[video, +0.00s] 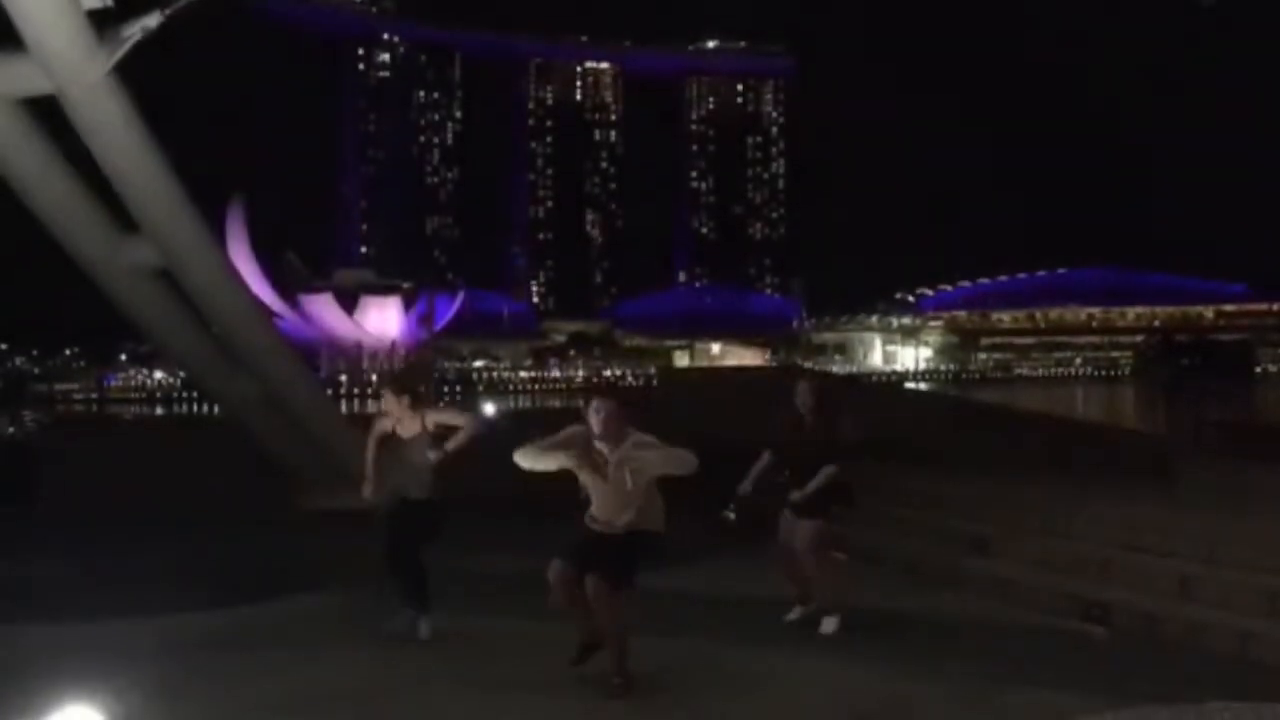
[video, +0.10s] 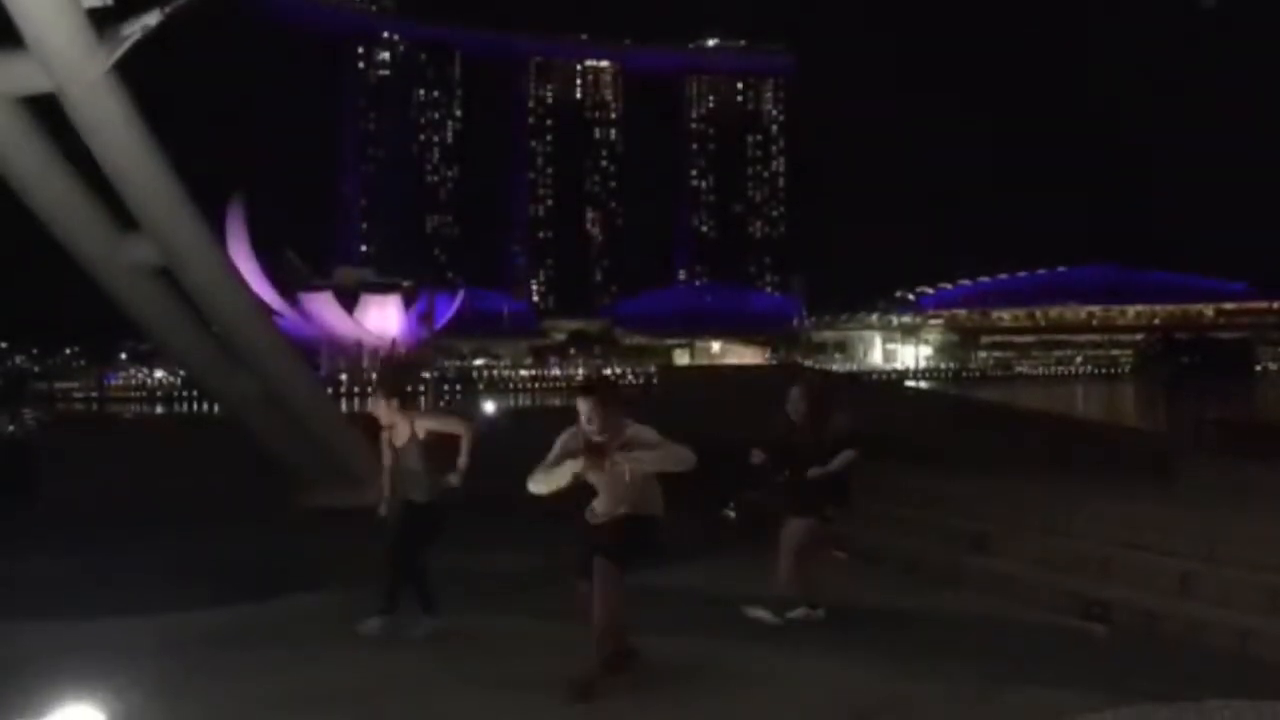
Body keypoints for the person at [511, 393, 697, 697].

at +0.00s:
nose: (601, 419)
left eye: (608, 412)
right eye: (596, 412)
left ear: (621, 416)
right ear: (588, 416)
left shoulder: (638, 445)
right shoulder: (579, 440)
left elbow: (689, 462)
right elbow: (521, 457)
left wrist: (640, 464)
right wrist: (568, 459)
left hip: (636, 530)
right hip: (597, 527)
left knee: (600, 585)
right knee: (560, 573)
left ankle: (620, 669)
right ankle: (590, 633)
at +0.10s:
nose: (587, 423)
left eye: (593, 416)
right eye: (582, 416)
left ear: (611, 412)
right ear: (578, 414)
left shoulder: (635, 435)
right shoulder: (573, 440)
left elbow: (685, 458)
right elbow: (536, 484)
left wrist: (630, 461)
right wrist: (574, 466)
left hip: (640, 516)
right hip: (599, 519)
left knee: (605, 558)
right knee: (589, 574)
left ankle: (602, 661)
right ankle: (618, 646)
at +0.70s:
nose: (632, 395)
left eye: (639, 387)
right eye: (625, 387)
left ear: (648, 390)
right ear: (613, 390)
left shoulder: (658, 423)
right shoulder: (598, 423)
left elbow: (717, 428)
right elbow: (537, 447)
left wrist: (672, 439)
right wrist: (575, 470)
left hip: (645, 517)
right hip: (603, 517)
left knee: (637, 586)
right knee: (607, 577)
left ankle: (624, 657)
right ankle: (587, 655)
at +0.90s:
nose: (645, 389)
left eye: (651, 381)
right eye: (639, 381)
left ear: (659, 384)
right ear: (625, 382)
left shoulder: (671, 409)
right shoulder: (616, 415)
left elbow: (708, 437)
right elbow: (559, 448)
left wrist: (674, 459)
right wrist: (598, 440)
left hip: (648, 504)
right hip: (611, 502)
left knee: (644, 576)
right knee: (628, 566)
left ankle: (618, 649)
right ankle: (637, 650)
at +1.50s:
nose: (639, 400)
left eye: (646, 393)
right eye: (633, 393)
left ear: (656, 394)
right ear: (621, 394)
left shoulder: (668, 418)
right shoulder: (602, 420)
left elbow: (714, 451)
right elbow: (569, 475)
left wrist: (689, 476)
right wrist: (612, 479)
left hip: (641, 515)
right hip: (600, 516)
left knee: (631, 587)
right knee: (604, 586)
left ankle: (620, 654)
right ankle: (609, 661)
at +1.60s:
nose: (624, 416)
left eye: (630, 409)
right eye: (619, 409)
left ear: (642, 409)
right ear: (611, 410)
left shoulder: (660, 438)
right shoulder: (594, 436)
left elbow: (711, 469)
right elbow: (561, 488)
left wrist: (690, 493)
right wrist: (601, 479)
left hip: (633, 525)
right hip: (590, 524)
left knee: (617, 593)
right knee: (572, 582)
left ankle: (604, 664)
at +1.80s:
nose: (601, 403)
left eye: (607, 395)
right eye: (596, 395)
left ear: (626, 395)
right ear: (592, 396)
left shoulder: (649, 422)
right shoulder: (585, 418)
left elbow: (700, 443)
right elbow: (547, 460)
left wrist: (677, 474)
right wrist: (590, 452)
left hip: (632, 513)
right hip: (589, 513)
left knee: (605, 571)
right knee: (561, 567)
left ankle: (609, 656)